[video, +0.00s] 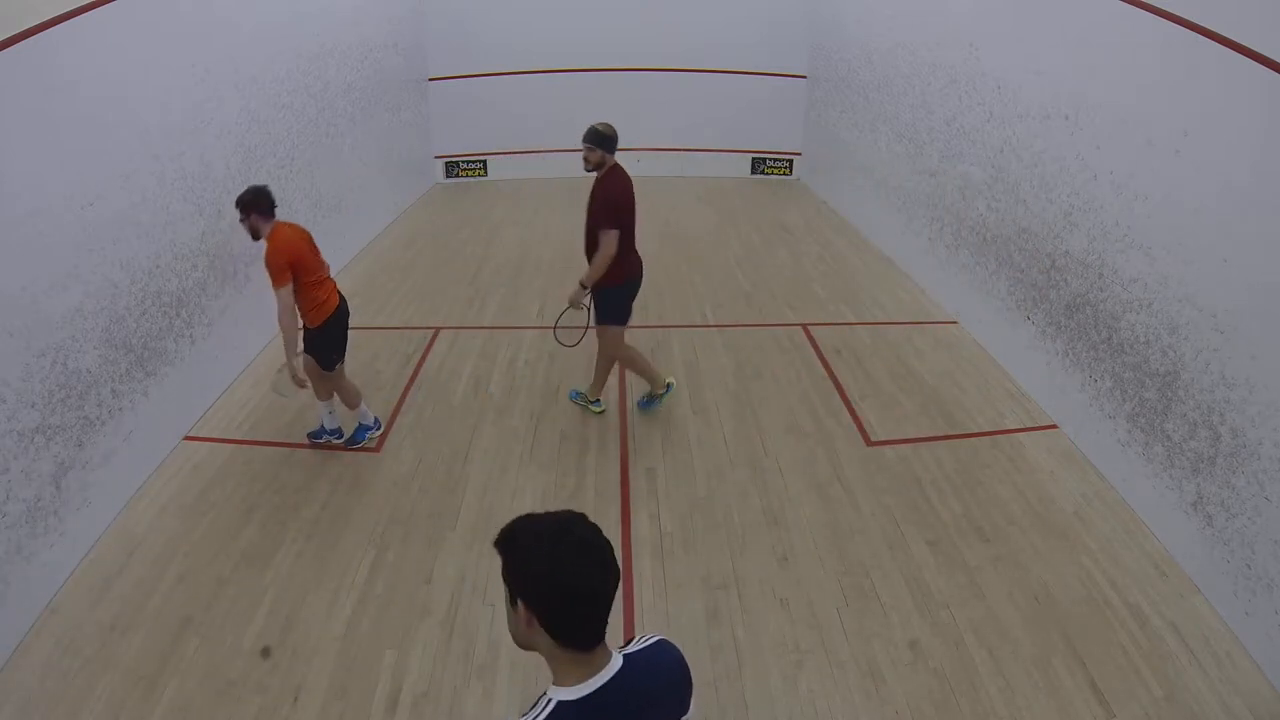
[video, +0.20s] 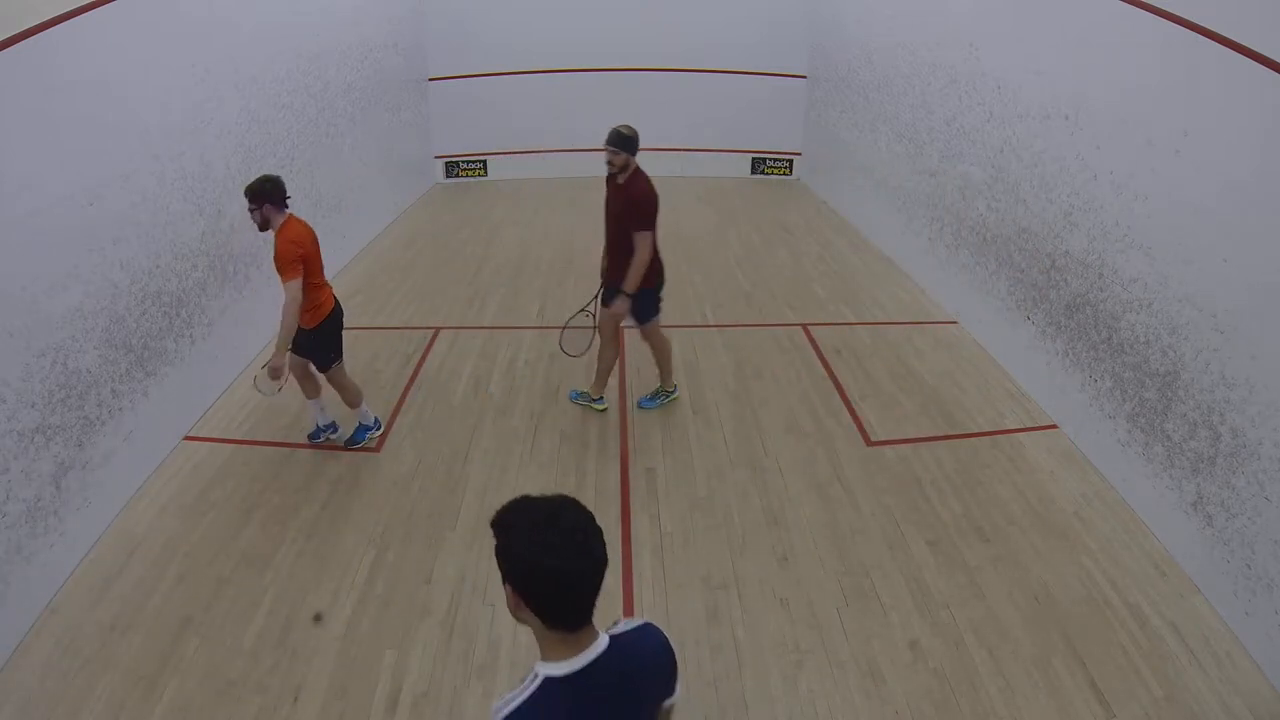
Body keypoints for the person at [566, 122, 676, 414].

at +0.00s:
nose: (584, 154)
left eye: (589, 149)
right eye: (583, 148)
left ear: (605, 152)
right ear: (605, 152)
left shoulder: (610, 186)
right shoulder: (613, 177)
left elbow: (609, 248)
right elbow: (612, 236)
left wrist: (582, 287)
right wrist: (594, 276)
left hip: (616, 277)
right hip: (618, 271)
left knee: (612, 345)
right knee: (608, 339)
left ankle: (660, 384)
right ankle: (594, 395)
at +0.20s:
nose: (608, 157)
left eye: (614, 152)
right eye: (607, 151)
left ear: (631, 154)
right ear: (607, 151)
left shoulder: (641, 191)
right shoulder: (613, 178)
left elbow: (644, 250)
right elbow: (615, 227)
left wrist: (626, 294)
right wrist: (607, 260)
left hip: (643, 277)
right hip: (617, 271)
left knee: (651, 333)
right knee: (607, 328)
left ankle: (668, 386)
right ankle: (596, 393)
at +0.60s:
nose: (637, 161)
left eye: (644, 156)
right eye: (634, 154)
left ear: (657, 154)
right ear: (630, 151)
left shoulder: (675, 188)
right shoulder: (622, 178)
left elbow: (695, 234)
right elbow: (613, 216)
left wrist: (706, 278)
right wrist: (601, 258)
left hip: (667, 272)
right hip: (633, 268)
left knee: (669, 326)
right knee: (630, 321)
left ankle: (669, 386)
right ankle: (634, 372)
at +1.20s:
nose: (620, 192)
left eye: (624, 187)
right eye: (615, 188)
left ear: (636, 176)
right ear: (609, 179)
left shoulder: (662, 180)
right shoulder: (606, 202)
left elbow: (689, 202)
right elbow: (604, 247)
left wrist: (699, 240)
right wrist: (600, 293)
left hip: (667, 265)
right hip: (634, 269)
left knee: (669, 324)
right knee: (636, 323)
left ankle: (674, 385)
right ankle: (636, 373)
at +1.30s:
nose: (618, 200)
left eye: (622, 194)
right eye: (613, 195)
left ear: (635, 183)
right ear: (608, 187)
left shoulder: (660, 180)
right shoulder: (607, 209)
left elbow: (690, 199)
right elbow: (607, 254)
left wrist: (707, 234)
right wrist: (604, 301)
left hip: (670, 265)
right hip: (636, 272)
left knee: (675, 325)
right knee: (635, 325)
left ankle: (679, 385)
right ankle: (636, 373)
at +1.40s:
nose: (617, 208)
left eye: (622, 203)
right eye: (613, 203)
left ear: (635, 192)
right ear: (608, 195)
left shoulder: (661, 185)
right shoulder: (608, 217)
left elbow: (691, 200)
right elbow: (610, 262)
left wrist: (711, 232)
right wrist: (608, 309)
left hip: (673, 267)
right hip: (638, 274)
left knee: (680, 326)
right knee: (636, 324)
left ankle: (685, 387)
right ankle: (637, 374)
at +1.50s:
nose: (621, 215)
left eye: (625, 210)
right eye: (616, 210)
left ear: (639, 198)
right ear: (611, 201)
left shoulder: (664, 188)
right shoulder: (612, 223)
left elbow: (693, 203)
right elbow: (616, 267)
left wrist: (713, 233)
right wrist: (614, 316)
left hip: (677, 270)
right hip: (642, 276)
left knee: (684, 329)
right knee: (637, 325)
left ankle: (692, 393)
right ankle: (637, 375)